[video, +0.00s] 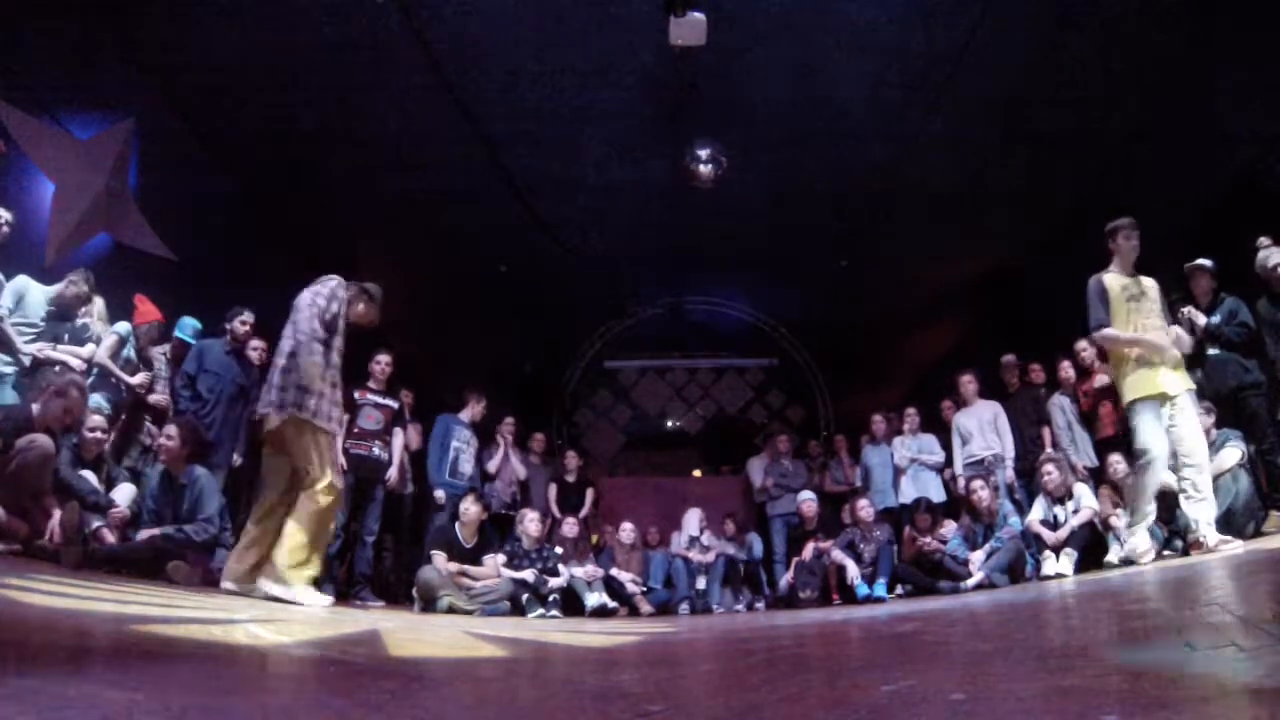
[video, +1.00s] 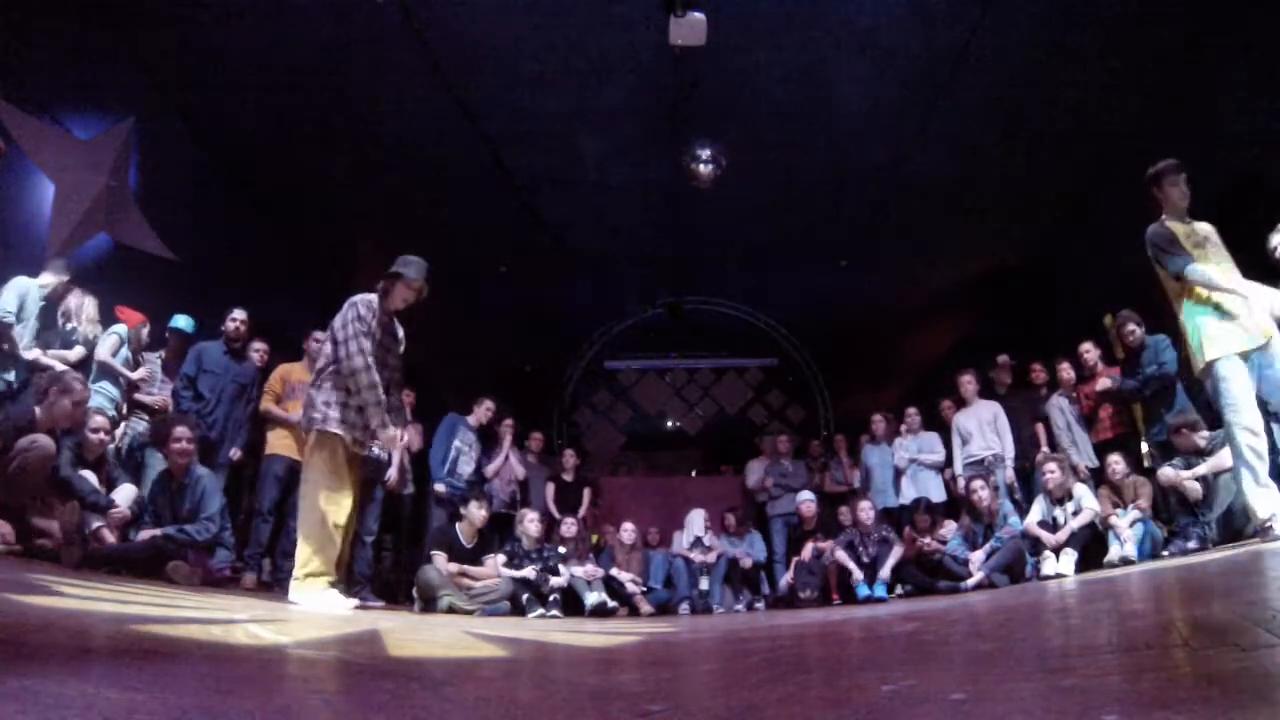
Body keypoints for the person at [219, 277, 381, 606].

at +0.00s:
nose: (357, 323)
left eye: (362, 322)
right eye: (363, 318)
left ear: (359, 305)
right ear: (360, 300)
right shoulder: (332, 288)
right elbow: (306, 330)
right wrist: (315, 386)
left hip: (283, 405)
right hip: (304, 405)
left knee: (276, 494)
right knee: (324, 487)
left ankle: (239, 574)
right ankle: (286, 575)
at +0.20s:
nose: (378, 315)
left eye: (384, 312)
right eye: (382, 308)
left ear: (376, 296)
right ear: (374, 290)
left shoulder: (348, 312)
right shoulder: (338, 287)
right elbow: (297, 303)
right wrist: (268, 329)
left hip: (309, 411)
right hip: (323, 409)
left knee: (294, 497)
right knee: (337, 497)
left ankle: (245, 568)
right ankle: (313, 585)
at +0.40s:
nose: (391, 314)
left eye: (396, 310)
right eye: (393, 306)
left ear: (386, 297)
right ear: (380, 290)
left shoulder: (358, 321)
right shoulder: (343, 304)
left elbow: (344, 375)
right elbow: (303, 332)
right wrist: (261, 360)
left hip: (342, 423)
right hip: (335, 419)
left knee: (338, 508)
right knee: (346, 505)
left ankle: (266, 549)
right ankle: (314, 584)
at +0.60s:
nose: (395, 315)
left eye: (399, 311)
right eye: (395, 306)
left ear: (390, 306)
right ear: (377, 292)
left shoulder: (374, 334)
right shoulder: (340, 312)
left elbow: (371, 388)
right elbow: (328, 376)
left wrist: (373, 435)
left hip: (360, 433)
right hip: (338, 429)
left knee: (351, 507)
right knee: (349, 506)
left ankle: (292, 561)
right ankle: (315, 584)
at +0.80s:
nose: (403, 298)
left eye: (408, 293)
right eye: (403, 289)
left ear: (404, 292)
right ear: (386, 278)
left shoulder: (389, 324)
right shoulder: (352, 304)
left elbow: (382, 378)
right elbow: (353, 366)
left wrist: (390, 423)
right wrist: (381, 417)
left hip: (361, 420)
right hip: (339, 415)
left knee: (346, 501)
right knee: (336, 498)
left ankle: (321, 582)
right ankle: (311, 582)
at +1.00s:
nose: (409, 297)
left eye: (415, 293)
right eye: (407, 287)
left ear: (415, 296)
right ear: (391, 281)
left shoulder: (397, 332)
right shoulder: (361, 306)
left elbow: (392, 384)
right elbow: (358, 366)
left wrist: (399, 424)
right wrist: (379, 421)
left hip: (358, 423)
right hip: (332, 414)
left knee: (341, 504)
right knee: (327, 499)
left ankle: (324, 582)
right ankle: (309, 582)